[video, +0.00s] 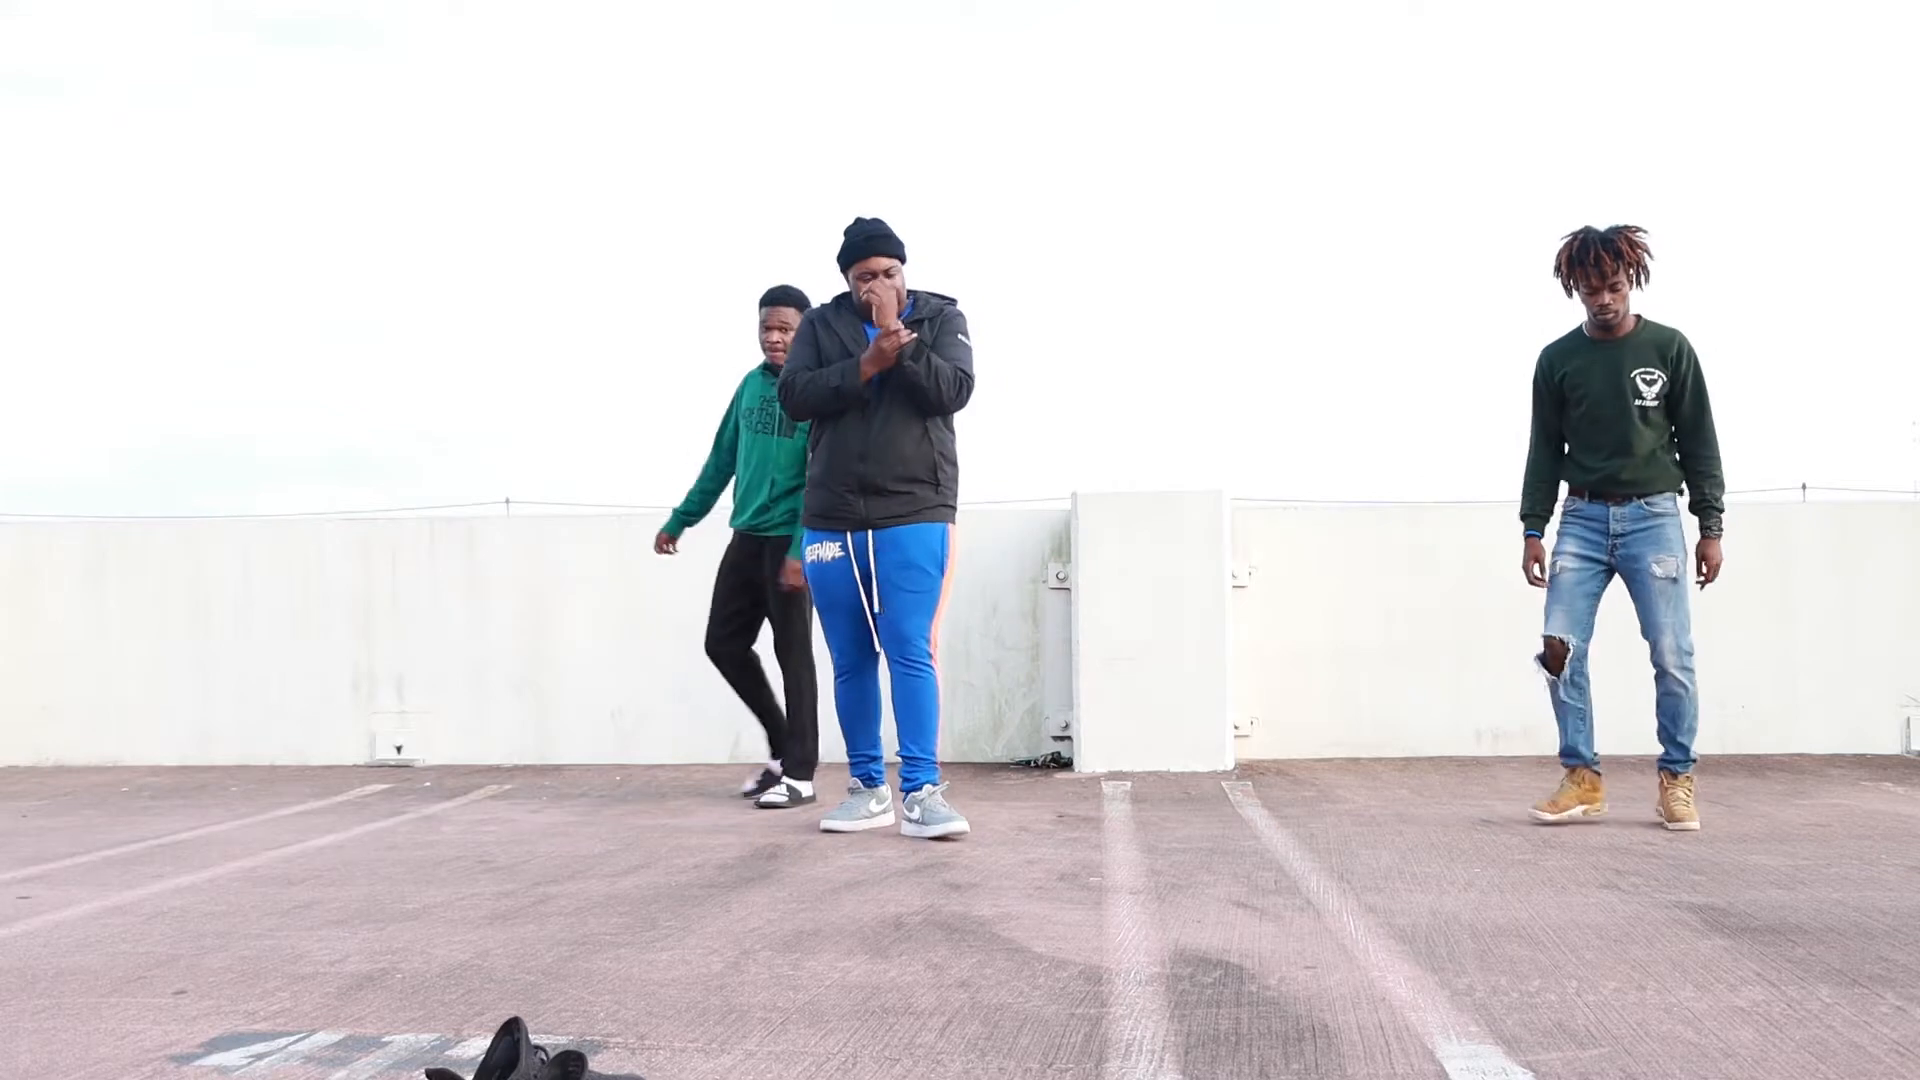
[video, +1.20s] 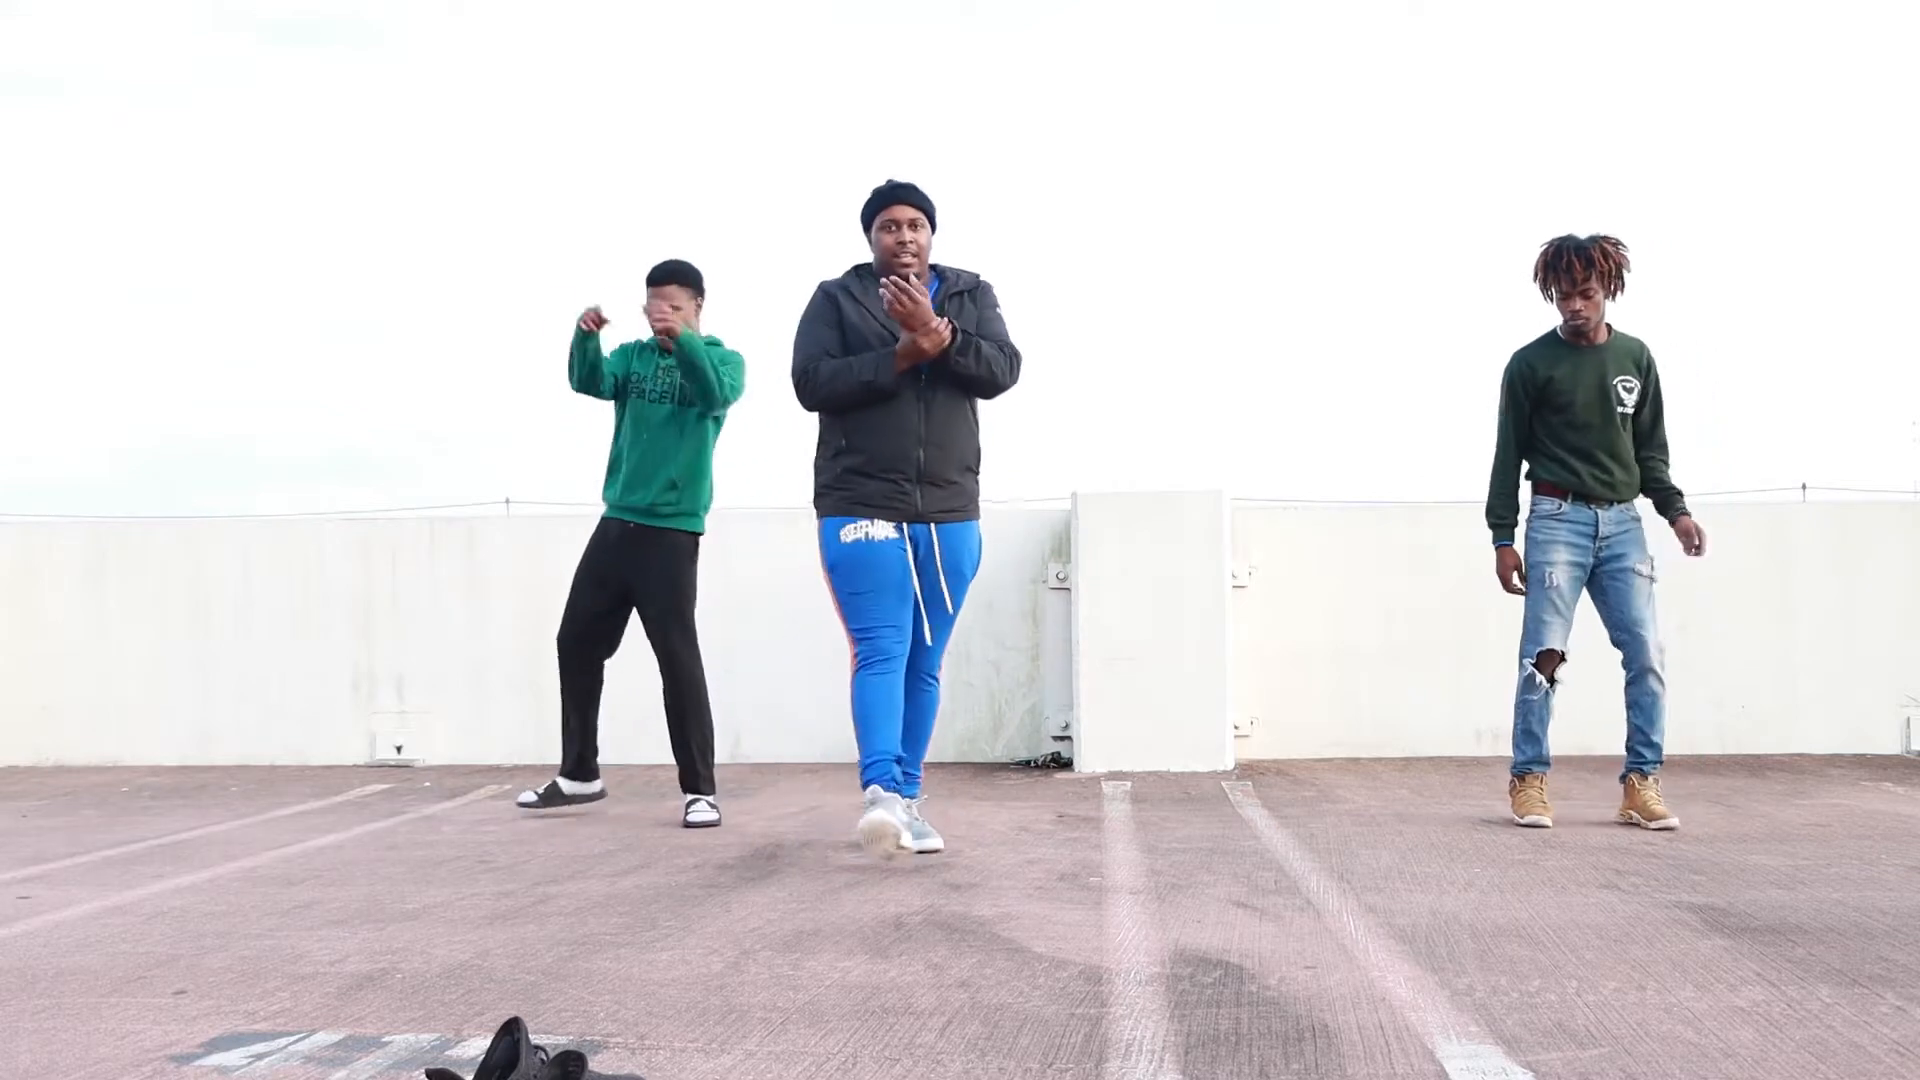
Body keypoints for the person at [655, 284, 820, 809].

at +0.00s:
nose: (774, 338)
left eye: (785, 330)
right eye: (767, 329)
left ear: (806, 334)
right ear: (759, 332)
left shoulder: (819, 388)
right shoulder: (750, 387)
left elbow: (822, 475)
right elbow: (721, 463)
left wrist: (801, 550)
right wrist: (678, 521)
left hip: (794, 540)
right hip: (748, 537)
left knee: (794, 654)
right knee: (725, 644)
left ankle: (800, 774)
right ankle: (787, 751)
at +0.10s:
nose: (757, 337)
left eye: (768, 328)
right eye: (750, 328)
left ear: (789, 333)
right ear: (742, 332)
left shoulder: (801, 384)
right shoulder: (734, 386)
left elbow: (793, 460)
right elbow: (705, 459)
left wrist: (750, 519)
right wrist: (653, 508)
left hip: (776, 538)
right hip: (728, 537)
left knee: (782, 653)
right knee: (697, 643)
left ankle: (798, 776)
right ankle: (712, 771)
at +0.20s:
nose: (734, 336)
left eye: (745, 328)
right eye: (727, 327)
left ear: (765, 333)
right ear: (718, 332)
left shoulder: (778, 377)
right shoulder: (713, 388)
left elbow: (757, 449)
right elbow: (686, 462)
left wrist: (709, 501)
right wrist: (633, 513)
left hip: (755, 539)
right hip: (707, 538)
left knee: (770, 655)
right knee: (673, 649)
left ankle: (797, 776)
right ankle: (640, 773)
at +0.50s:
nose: (658, 345)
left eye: (666, 336)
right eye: (648, 338)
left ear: (685, 336)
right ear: (639, 343)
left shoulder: (710, 382)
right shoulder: (631, 405)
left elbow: (709, 437)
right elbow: (603, 465)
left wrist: (642, 447)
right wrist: (577, 463)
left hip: (691, 545)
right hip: (637, 548)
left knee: (700, 652)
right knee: (601, 656)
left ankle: (747, 766)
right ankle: (611, 781)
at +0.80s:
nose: (649, 344)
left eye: (657, 334)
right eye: (638, 337)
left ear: (672, 333)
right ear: (624, 340)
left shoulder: (698, 383)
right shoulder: (607, 381)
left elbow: (719, 411)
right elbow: (602, 406)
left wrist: (729, 433)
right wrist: (642, 412)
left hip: (676, 549)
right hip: (613, 549)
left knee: (687, 660)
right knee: (592, 665)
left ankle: (700, 788)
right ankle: (608, 780)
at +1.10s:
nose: (667, 325)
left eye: (677, 314)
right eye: (659, 316)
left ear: (700, 313)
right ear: (649, 318)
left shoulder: (719, 368)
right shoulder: (634, 359)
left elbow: (738, 416)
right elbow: (590, 381)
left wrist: (729, 383)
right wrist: (625, 359)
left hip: (673, 536)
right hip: (617, 530)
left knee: (677, 655)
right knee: (582, 647)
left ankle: (698, 791)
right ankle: (601, 770)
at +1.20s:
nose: (662, 312)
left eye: (674, 303)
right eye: (655, 303)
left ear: (699, 308)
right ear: (647, 308)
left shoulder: (722, 360)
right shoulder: (632, 357)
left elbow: (713, 395)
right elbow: (586, 379)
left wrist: (684, 336)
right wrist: (587, 335)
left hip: (673, 532)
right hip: (617, 525)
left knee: (679, 656)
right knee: (577, 643)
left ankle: (699, 791)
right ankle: (579, 776)